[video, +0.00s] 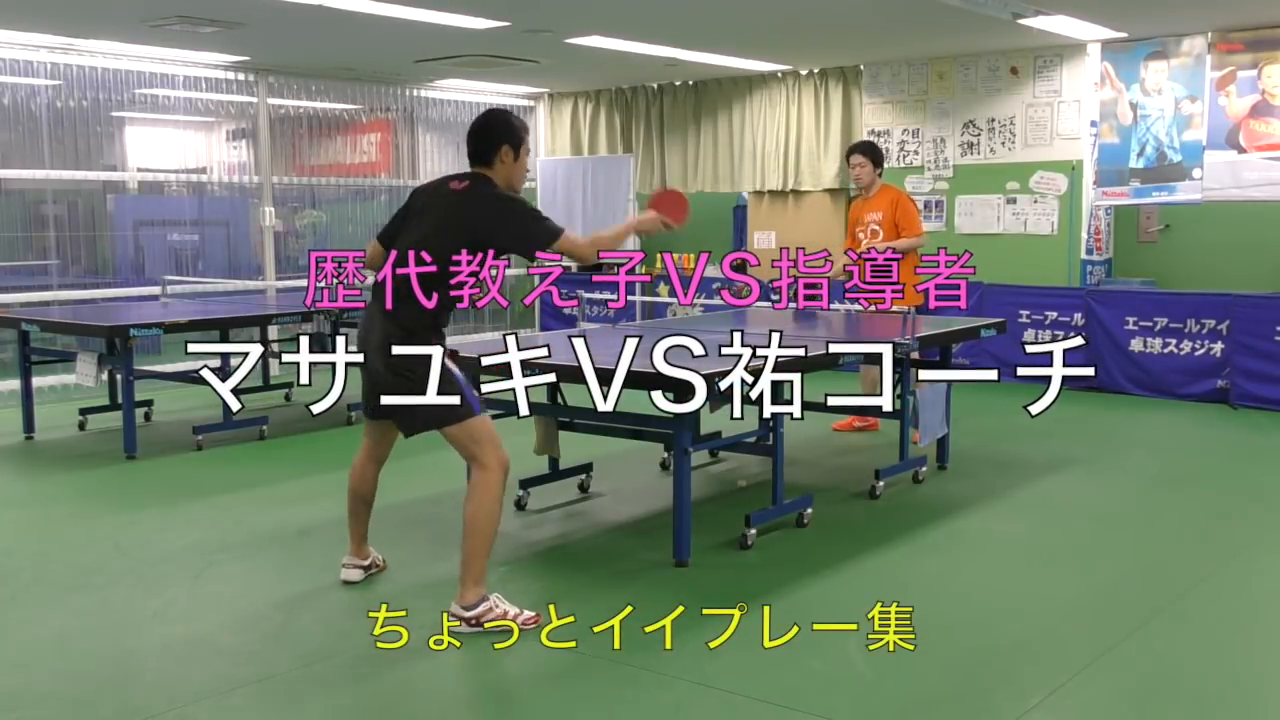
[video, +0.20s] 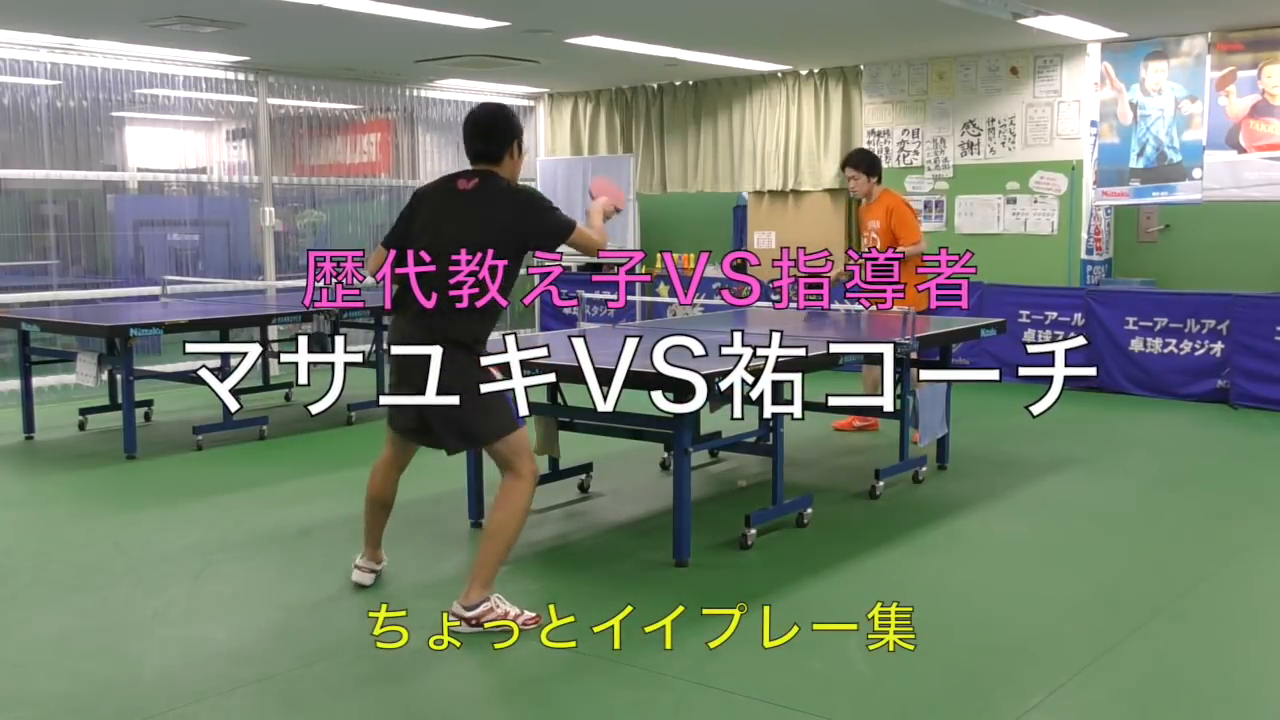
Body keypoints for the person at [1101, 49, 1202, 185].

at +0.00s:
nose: (1159, 76)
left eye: (1163, 71)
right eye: (1155, 71)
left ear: (1168, 73)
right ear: (1144, 72)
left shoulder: (1174, 89)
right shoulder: (1135, 91)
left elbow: (1199, 106)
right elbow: (1125, 121)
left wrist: (1191, 107)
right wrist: (1121, 94)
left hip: (1171, 161)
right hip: (1141, 163)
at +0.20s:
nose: (1159, 76)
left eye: (1163, 71)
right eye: (1155, 71)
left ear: (1168, 72)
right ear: (1144, 72)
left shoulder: (1174, 89)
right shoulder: (1135, 91)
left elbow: (1199, 105)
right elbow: (1125, 120)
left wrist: (1191, 107)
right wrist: (1121, 95)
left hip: (1171, 161)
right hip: (1141, 163)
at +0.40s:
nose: (1159, 76)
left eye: (1163, 71)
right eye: (1155, 71)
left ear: (1168, 72)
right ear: (1144, 72)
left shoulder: (1174, 89)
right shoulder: (1135, 91)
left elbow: (1199, 105)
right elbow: (1125, 120)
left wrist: (1191, 107)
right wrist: (1122, 95)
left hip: (1171, 161)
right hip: (1141, 163)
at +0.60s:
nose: (1158, 77)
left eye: (1162, 71)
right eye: (1154, 71)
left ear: (1168, 72)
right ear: (1143, 72)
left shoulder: (1174, 89)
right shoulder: (1135, 91)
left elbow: (1199, 105)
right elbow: (1125, 121)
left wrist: (1191, 107)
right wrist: (1121, 95)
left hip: (1171, 161)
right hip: (1141, 163)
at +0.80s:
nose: (1159, 77)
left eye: (1163, 71)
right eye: (1155, 71)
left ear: (1168, 72)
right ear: (1143, 72)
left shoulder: (1174, 89)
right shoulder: (1135, 91)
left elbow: (1199, 106)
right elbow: (1125, 120)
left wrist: (1191, 107)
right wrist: (1122, 95)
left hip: (1171, 161)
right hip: (1142, 164)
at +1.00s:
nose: (1159, 76)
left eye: (1163, 71)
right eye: (1155, 71)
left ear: (1168, 72)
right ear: (1144, 72)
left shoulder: (1174, 89)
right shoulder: (1135, 91)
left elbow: (1199, 106)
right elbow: (1125, 120)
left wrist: (1191, 107)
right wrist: (1122, 95)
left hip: (1171, 161)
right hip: (1142, 163)